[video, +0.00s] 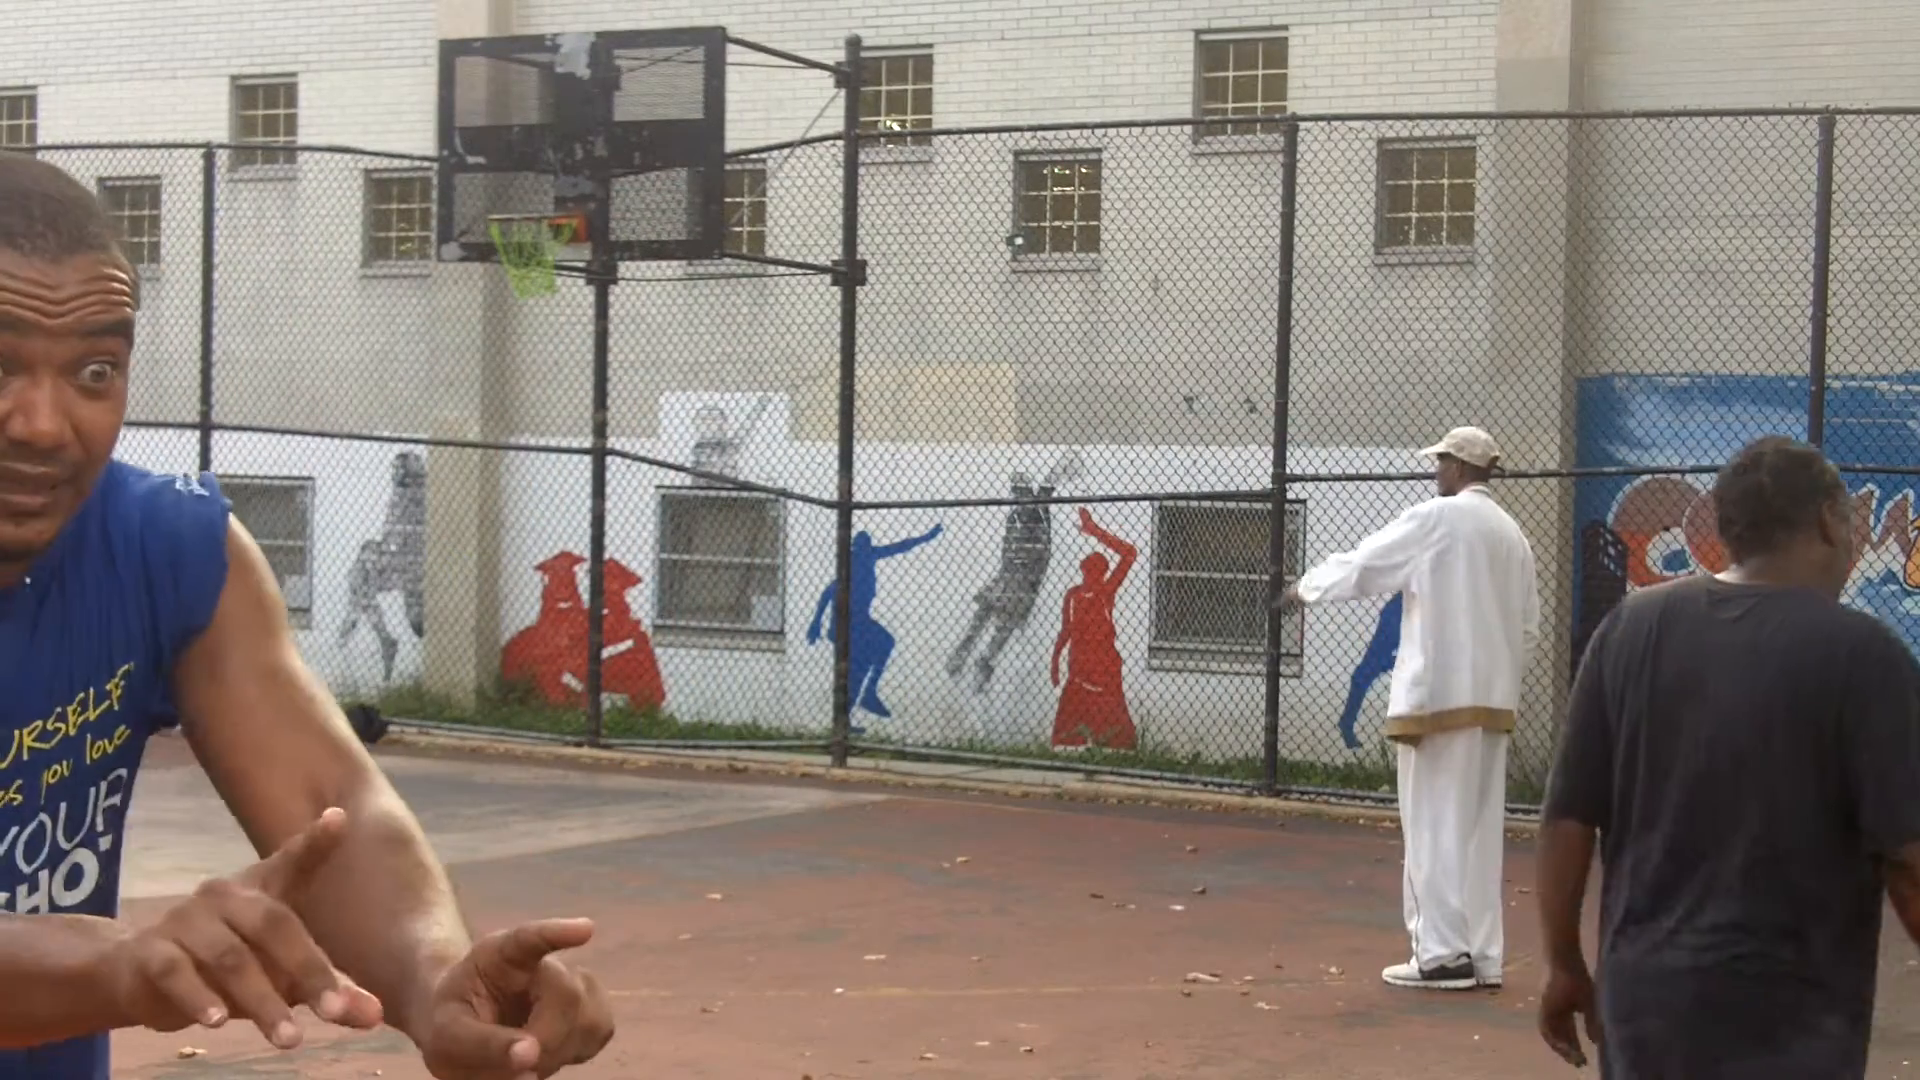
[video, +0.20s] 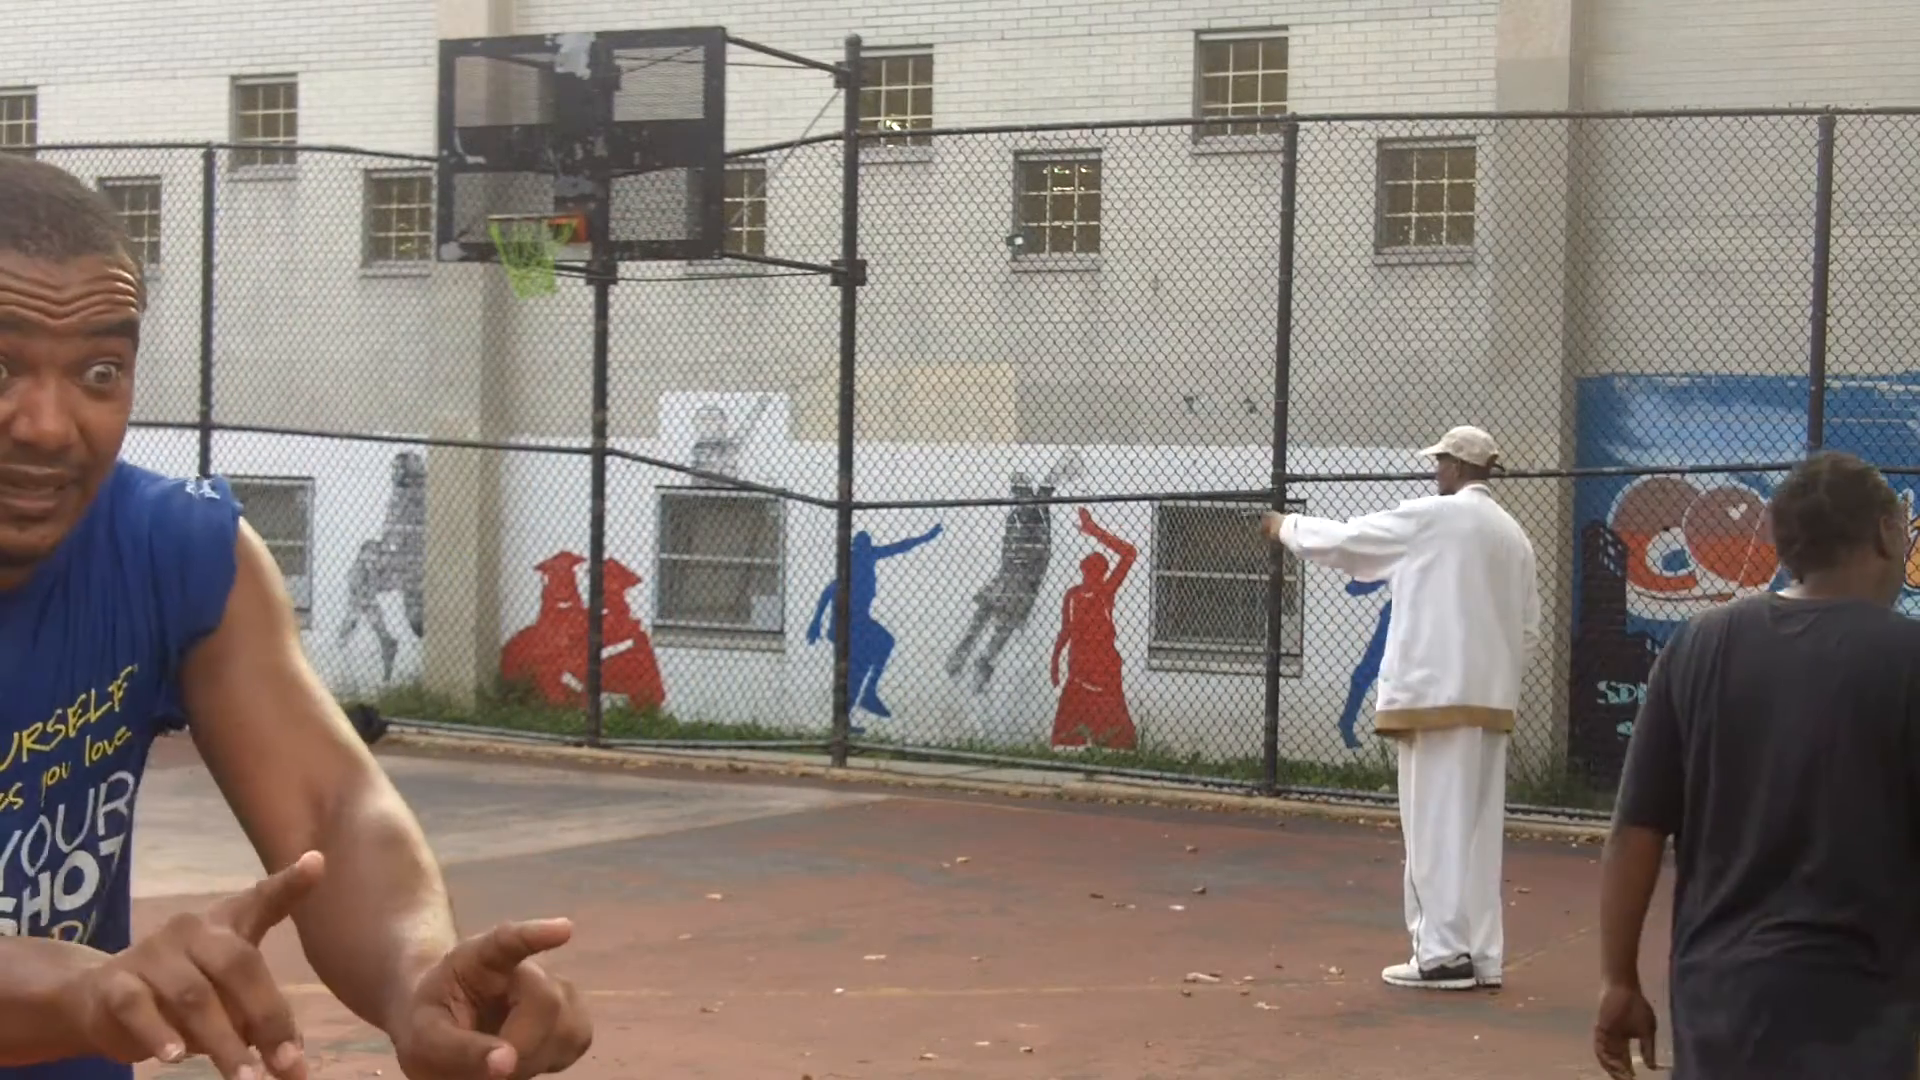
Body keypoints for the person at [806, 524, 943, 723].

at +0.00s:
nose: (865, 551)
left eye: (867, 547)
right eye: (862, 547)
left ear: (871, 547)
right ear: (855, 548)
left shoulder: (871, 556)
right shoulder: (851, 566)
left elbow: (899, 547)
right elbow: (829, 591)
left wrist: (926, 537)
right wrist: (815, 622)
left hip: (863, 621)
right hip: (846, 625)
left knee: (885, 642)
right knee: (860, 664)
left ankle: (870, 693)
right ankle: (842, 717)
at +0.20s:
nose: (865, 550)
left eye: (867, 547)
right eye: (862, 547)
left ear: (871, 547)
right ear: (855, 548)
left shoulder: (871, 556)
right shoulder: (851, 566)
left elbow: (899, 547)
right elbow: (829, 590)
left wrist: (926, 537)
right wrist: (815, 622)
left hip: (863, 621)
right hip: (845, 625)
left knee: (885, 642)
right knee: (860, 662)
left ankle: (869, 693)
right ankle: (842, 716)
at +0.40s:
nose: (864, 550)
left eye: (866, 546)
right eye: (860, 546)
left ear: (870, 547)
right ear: (854, 548)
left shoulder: (870, 555)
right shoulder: (850, 566)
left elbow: (898, 547)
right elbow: (828, 591)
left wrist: (925, 537)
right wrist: (814, 622)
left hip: (861, 619)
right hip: (845, 623)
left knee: (884, 642)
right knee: (859, 663)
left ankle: (869, 693)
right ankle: (841, 715)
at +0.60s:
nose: (865, 550)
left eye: (867, 546)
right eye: (861, 546)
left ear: (870, 547)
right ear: (854, 548)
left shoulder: (871, 556)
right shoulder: (850, 566)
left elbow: (899, 547)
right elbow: (828, 591)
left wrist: (925, 537)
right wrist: (814, 623)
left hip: (862, 620)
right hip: (845, 624)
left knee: (884, 642)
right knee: (859, 662)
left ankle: (869, 692)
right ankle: (841, 716)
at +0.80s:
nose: (865, 551)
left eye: (868, 547)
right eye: (862, 547)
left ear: (871, 547)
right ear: (855, 548)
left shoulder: (872, 556)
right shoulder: (851, 566)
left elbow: (899, 547)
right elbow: (829, 591)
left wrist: (926, 537)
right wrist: (816, 622)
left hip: (863, 620)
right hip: (846, 624)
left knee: (886, 642)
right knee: (861, 661)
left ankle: (870, 692)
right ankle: (843, 716)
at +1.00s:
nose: (867, 551)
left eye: (870, 547)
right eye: (864, 547)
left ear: (874, 547)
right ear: (857, 548)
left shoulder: (874, 556)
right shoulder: (854, 567)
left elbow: (902, 547)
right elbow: (832, 591)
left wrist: (929, 537)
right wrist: (818, 622)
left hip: (866, 621)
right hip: (848, 625)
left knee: (888, 642)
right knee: (863, 662)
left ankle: (873, 692)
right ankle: (845, 716)